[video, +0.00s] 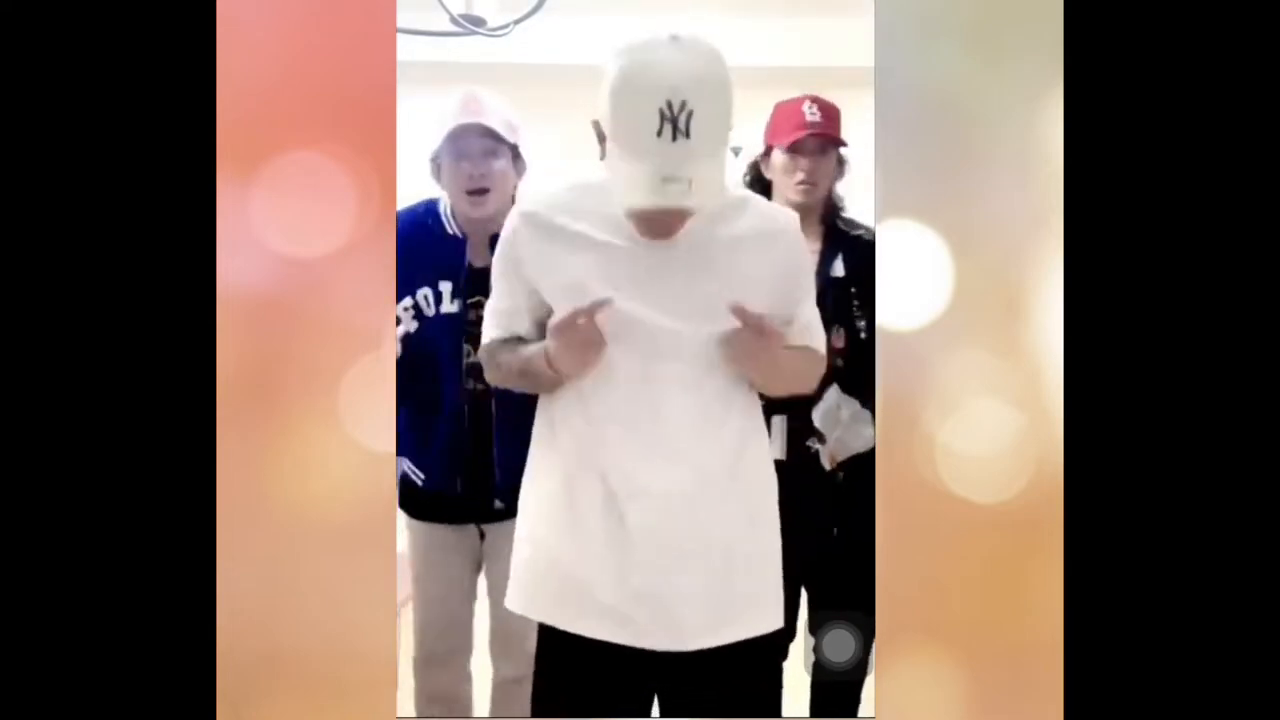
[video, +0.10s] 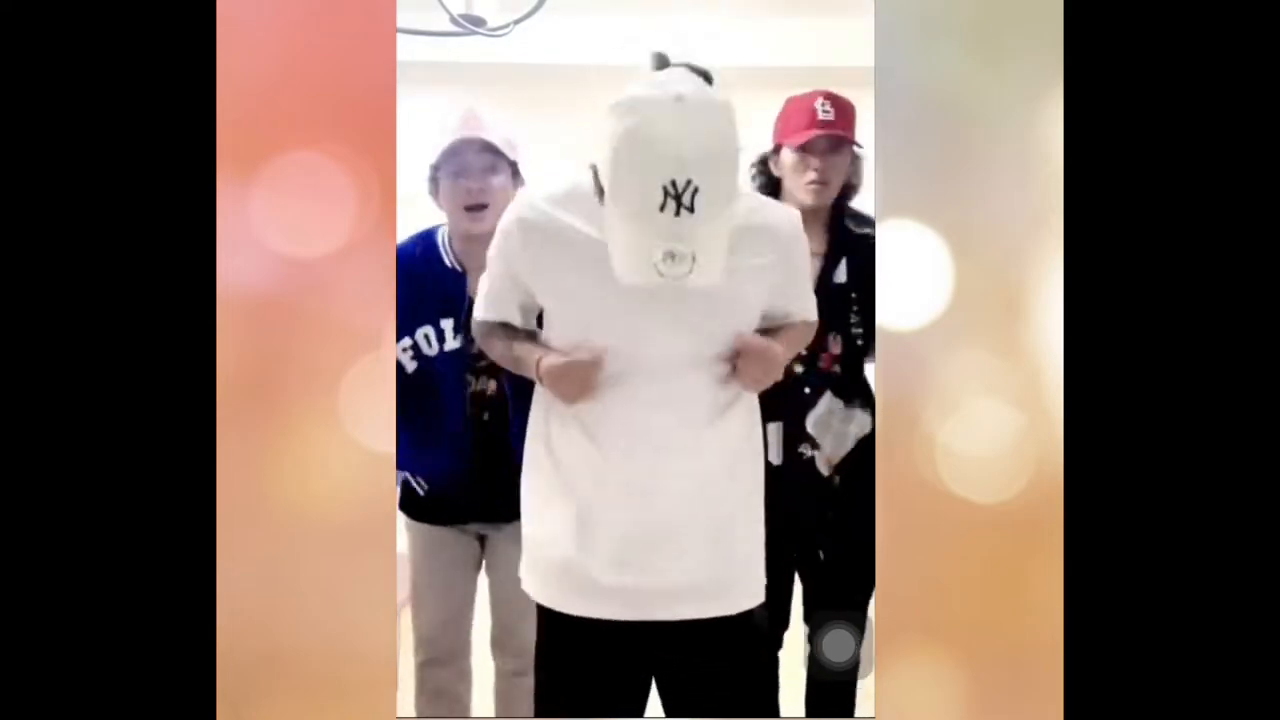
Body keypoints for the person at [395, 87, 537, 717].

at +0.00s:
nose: (477, 168)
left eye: (493, 153)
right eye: (460, 154)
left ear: (519, 168)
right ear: (437, 170)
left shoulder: (544, 241)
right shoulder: (401, 241)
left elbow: (574, 355)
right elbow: (364, 344)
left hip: (526, 483)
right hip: (435, 483)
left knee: (522, 655)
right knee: (438, 653)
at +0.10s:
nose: (476, 185)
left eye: (490, 170)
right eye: (458, 172)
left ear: (516, 184)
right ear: (435, 190)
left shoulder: (543, 263)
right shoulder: (402, 270)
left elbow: (572, 371)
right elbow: (370, 372)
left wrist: (564, 470)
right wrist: (394, 463)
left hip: (527, 497)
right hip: (437, 499)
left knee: (523, 656)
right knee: (439, 654)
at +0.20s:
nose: (473, 193)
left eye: (489, 181)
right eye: (457, 182)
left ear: (513, 200)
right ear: (434, 202)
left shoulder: (539, 278)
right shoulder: (398, 283)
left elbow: (571, 385)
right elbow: (367, 385)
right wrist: (388, 482)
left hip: (525, 509)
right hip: (435, 510)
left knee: (524, 663)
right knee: (435, 662)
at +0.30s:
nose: (473, 171)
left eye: (487, 157)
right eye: (457, 158)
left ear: (512, 172)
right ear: (435, 176)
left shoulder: (546, 261)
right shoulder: (400, 266)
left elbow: (575, 376)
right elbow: (368, 377)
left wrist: (561, 476)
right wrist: (381, 479)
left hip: (527, 502)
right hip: (431, 502)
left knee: (523, 665)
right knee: (428, 668)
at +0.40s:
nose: (471, 165)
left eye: (485, 151)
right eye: (455, 152)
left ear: (511, 163)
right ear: (435, 168)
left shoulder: (544, 250)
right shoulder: (400, 252)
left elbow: (575, 368)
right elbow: (367, 366)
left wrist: (568, 470)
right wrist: (379, 469)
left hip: (524, 496)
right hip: (429, 497)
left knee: (523, 670)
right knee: (430, 670)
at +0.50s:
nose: (462, 174)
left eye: (477, 161)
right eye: (448, 163)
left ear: (504, 178)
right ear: (429, 181)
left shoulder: (537, 265)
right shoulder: (398, 267)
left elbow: (570, 376)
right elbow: (370, 377)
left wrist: (568, 480)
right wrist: (380, 481)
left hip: (521, 502)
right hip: (428, 504)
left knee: (521, 675)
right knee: (428, 674)